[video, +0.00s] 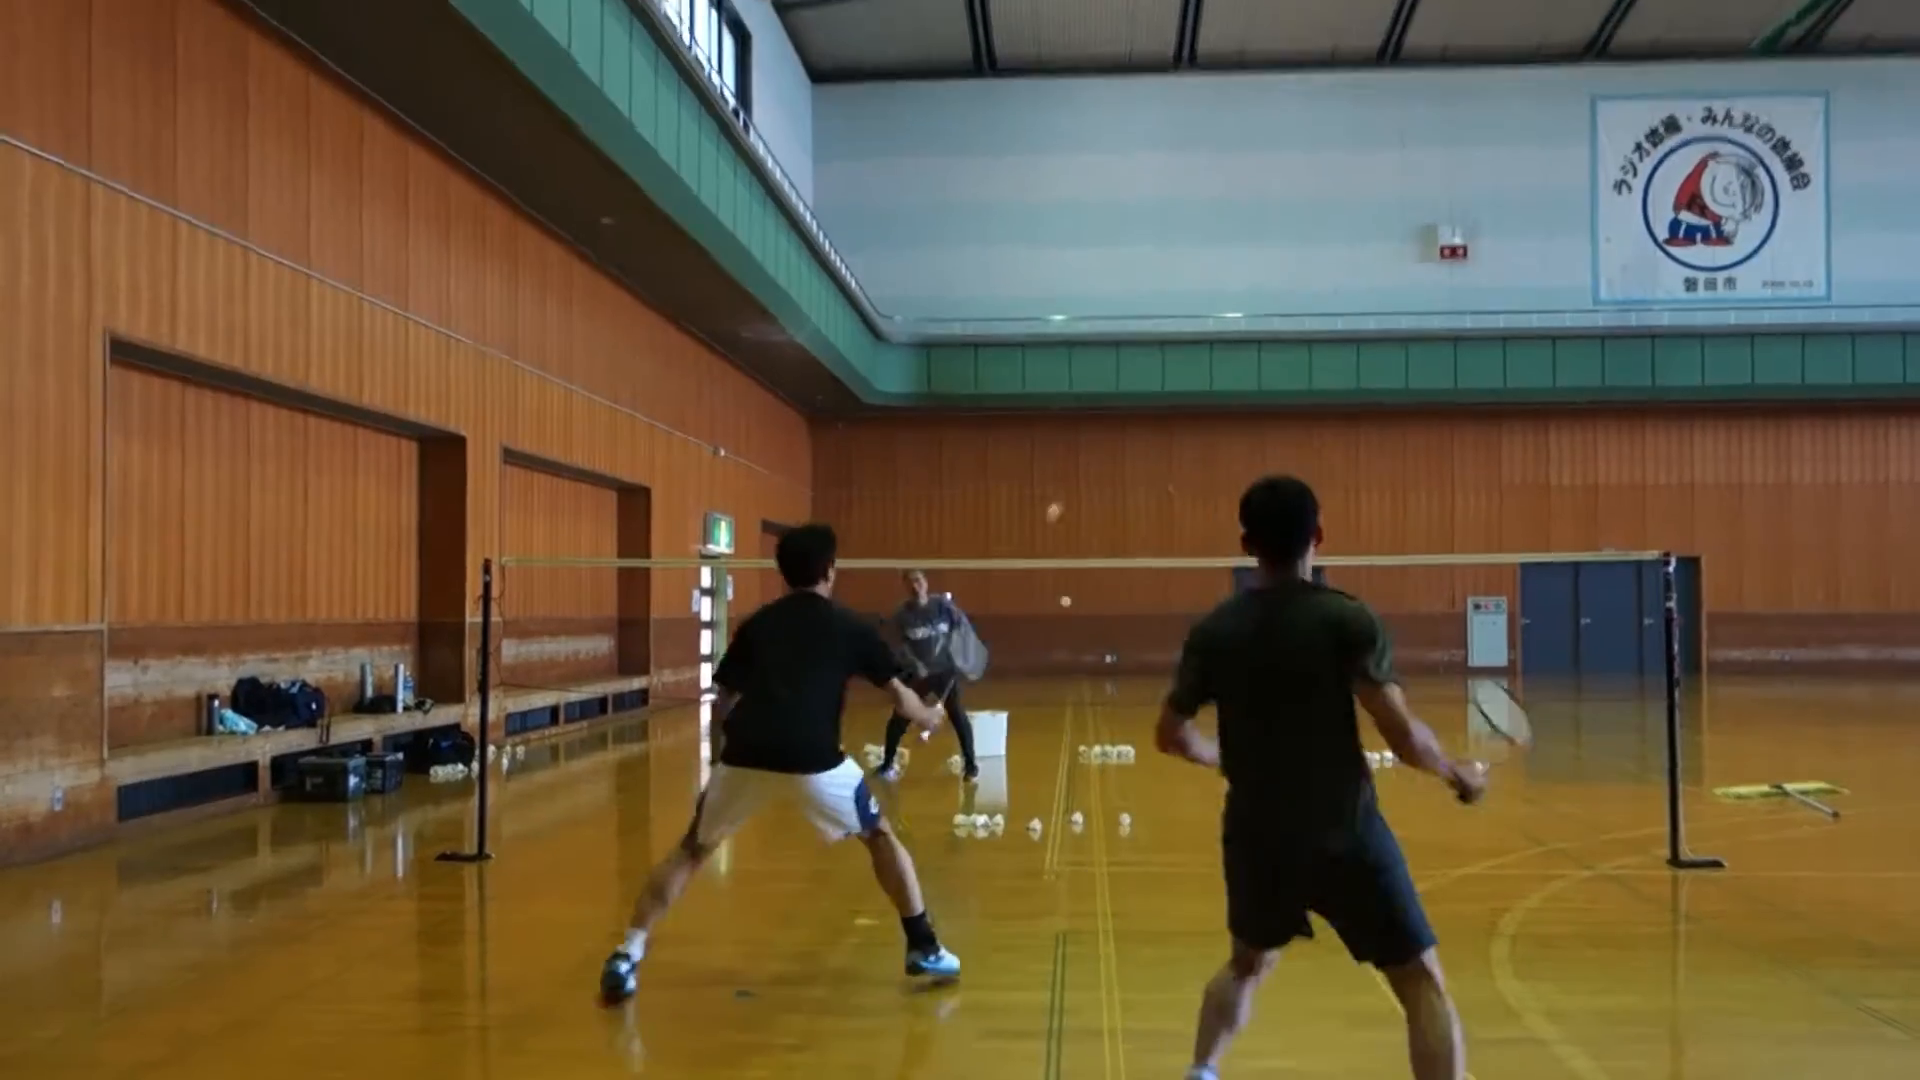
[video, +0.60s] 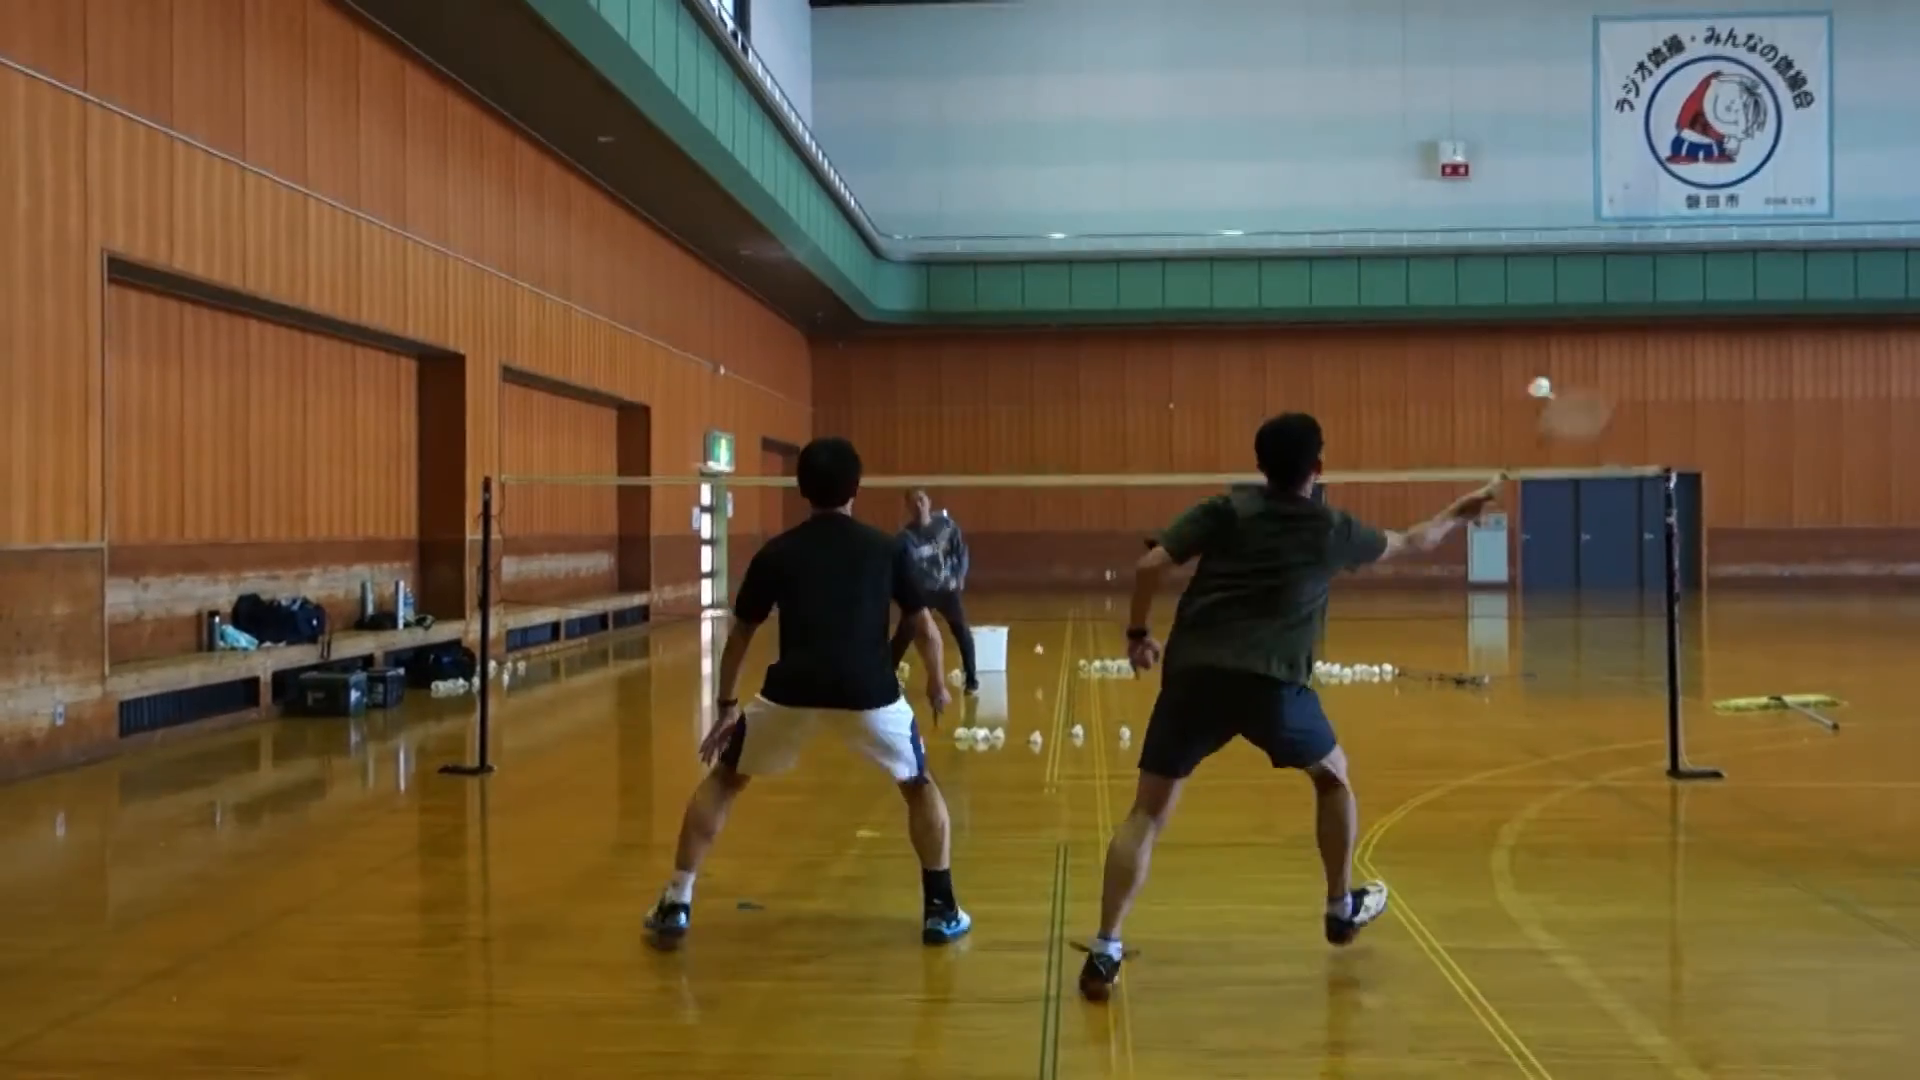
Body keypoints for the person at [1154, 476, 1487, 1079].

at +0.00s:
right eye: (1315, 529)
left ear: (1247, 541)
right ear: (1316, 536)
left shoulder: (1219, 628)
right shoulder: (1346, 620)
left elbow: (1170, 735)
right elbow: (1404, 737)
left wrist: (1231, 758)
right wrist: (1452, 771)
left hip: (1255, 829)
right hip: (1344, 829)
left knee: (1244, 965)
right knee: (1419, 982)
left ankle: (1202, 1069)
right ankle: (1447, 1076)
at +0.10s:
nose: (1323, 534)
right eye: (1320, 526)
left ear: (1250, 538)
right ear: (1318, 534)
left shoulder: (1220, 620)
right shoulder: (1333, 617)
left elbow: (1187, 718)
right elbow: (1383, 745)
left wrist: (1242, 721)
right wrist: (1428, 790)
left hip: (1230, 815)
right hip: (1312, 821)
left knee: (1223, 938)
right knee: (1411, 963)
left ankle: (1153, 1054)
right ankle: (1387, 1074)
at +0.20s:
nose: (1303, 554)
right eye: (1301, 547)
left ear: (1233, 560)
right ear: (1299, 557)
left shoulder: (1210, 634)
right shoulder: (1330, 640)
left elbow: (1157, 692)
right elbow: (1379, 756)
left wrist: (1207, 642)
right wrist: (1418, 784)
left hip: (1219, 828)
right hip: (1297, 837)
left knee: (1185, 943)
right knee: (1357, 991)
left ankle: (1137, 1069)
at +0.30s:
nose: (1272, 503)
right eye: (1274, 494)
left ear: (1208, 504)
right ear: (1272, 504)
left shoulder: (1178, 574)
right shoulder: (1306, 579)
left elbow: (1126, 598)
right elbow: (1381, 668)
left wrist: (1138, 567)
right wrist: (1430, 671)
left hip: (1199, 762)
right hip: (1284, 768)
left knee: (1147, 880)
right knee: (1331, 910)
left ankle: (1133, 1012)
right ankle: (1336, 1021)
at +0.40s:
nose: (1293, 461)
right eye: (1291, 453)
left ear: (1226, 462)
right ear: (1286, 464)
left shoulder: (1189, 519)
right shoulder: (1303, 532)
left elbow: (1102, 523)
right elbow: (1399, 591)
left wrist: (1058, 540)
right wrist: (1433, 534)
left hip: (1185, 718)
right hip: (1269, 720)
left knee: (1142, 848)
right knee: (1344, 826)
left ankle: (1124, 981)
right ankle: (1315, 929)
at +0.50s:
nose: (1315, 452)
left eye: (1309, 442)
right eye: (1313, 444)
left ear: (1251, 451)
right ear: (1306, 454)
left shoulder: (1206, 499)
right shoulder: (1314, 518)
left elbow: (1116, 531)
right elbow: (1418, 560)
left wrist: (1079, 595)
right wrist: (1437, 484)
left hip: (1185, 678)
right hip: (1265, 679)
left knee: (1140, 811)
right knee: (1352, 766)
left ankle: (1108, 943)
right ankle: (1323, 895)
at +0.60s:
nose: (1322, 466)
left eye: (1316, 458)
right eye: (1321, 459)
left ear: (1261, 465)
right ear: (1316, 468)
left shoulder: (1222, 511)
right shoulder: (1329, 529)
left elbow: (1149, 567)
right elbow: (1410, 543)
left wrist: (1137, 632)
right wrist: (1458, 512)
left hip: (1193, 675)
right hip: (1271, 682)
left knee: (1145, 813)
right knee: (1332, 776)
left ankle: (1105, 948)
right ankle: (1342, 905)